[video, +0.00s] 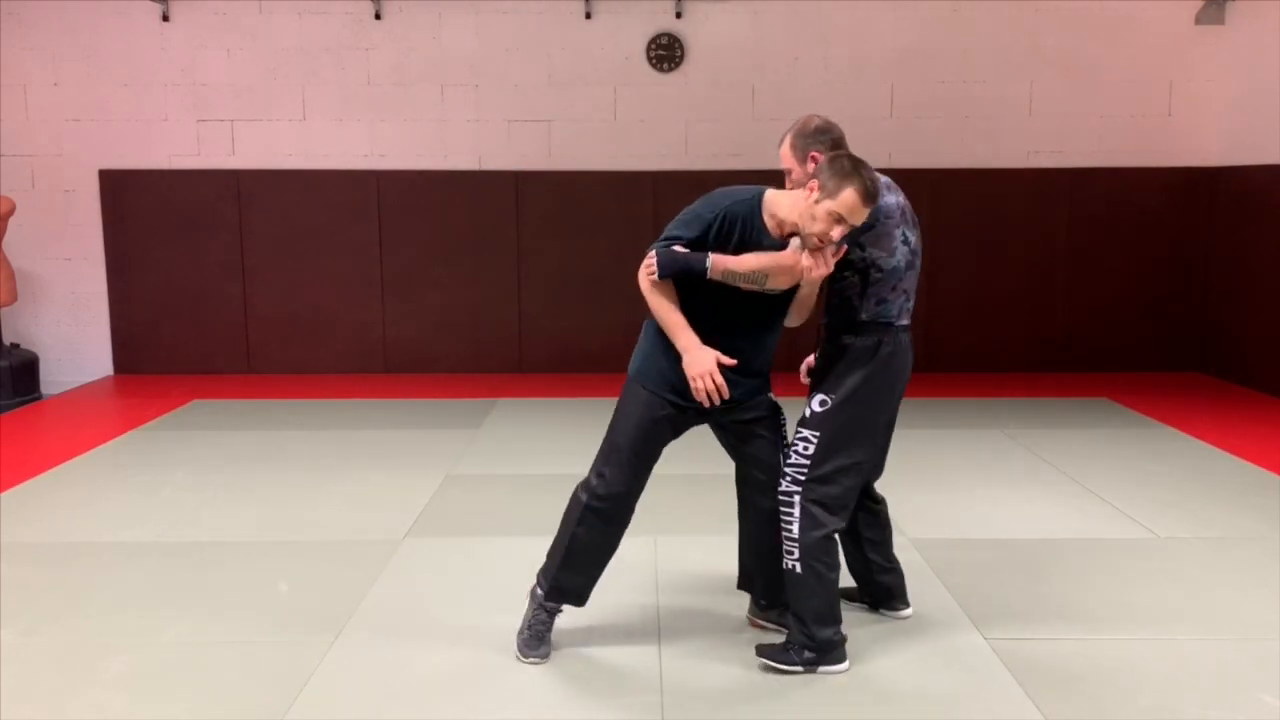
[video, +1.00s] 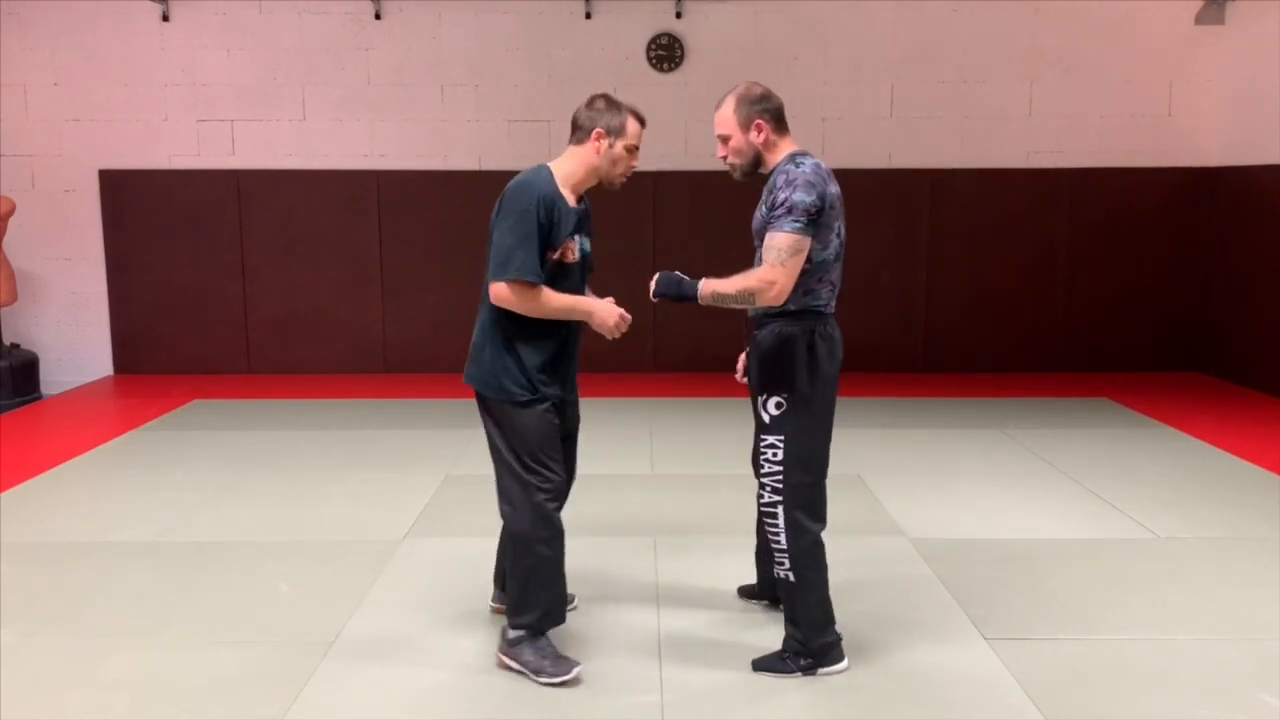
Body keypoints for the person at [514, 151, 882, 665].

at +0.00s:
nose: (838, 235)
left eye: (849, 228)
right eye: (837, 219)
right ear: (811, 189)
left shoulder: (806, 251)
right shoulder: (723, 211)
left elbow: (794, 320)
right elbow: (652, 274)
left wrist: (813, 280)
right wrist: (691, 347)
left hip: (743, 385)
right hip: (666, 375)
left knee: (775, 484)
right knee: (610, 487)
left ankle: (771, 601)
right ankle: (546, 601)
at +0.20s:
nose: (811, 210)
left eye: (821, 200)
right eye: (806, 194)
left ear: (826, 194)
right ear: (776, 167)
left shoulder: (792, 232)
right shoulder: (695, 203)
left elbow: (786, 310)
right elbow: (635, 282)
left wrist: (810, 290)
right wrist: (703, 334)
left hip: (734, 380)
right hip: (659, 373)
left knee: (761, 482)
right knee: (613, 489)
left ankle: (769, 598)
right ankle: (557, 611)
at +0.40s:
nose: (737, 190)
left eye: (741, 178)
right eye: (729, 177)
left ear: (702, 169)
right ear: (691, 166)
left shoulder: (709, 222)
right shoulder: (621, 225)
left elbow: (716, 293)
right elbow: (616, 328)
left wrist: (748, 324)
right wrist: (710, 339)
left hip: (698, 386)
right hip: (630, 394)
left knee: (741, 493)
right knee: (620, 514)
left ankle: (768, 599)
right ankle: (560, 637)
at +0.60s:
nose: (681, 168)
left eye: (684, 155)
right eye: (676, 155)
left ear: (639, 148)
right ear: (638, 148)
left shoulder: (633, 198)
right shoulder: (576, 222)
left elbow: (633, 288)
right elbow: (581, 333)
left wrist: (665, 311)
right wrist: (661, 327)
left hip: (637, 375)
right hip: (586, 388)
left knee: (672, 481)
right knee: (600, 514)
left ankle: (682, 589)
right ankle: (559, 638)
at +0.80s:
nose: (650, 142)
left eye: (651, 130)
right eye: (644, 130)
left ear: (608, 128)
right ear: (609, 128)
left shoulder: (592, 190)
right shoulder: (551, 197)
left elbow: (590, 279)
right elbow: (542, 302)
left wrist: (627, 295)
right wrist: (621, 300)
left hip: (592, 376)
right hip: (554, 384)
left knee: (589, 490)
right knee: (571, 511)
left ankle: (531, 570)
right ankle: (558, 638)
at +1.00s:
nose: (635, 162)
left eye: (638, 151)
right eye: (630, 149)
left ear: (597, 144)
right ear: (597, 141)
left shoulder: (577, 203)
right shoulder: (529, 195)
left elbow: (563, 288)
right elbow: (507, 290)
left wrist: (596, 308)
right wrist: (588, 308)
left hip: (552, 375)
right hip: (512, 377)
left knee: (550, 487)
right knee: (537, 497)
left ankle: (515, 587)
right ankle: (524, 634)